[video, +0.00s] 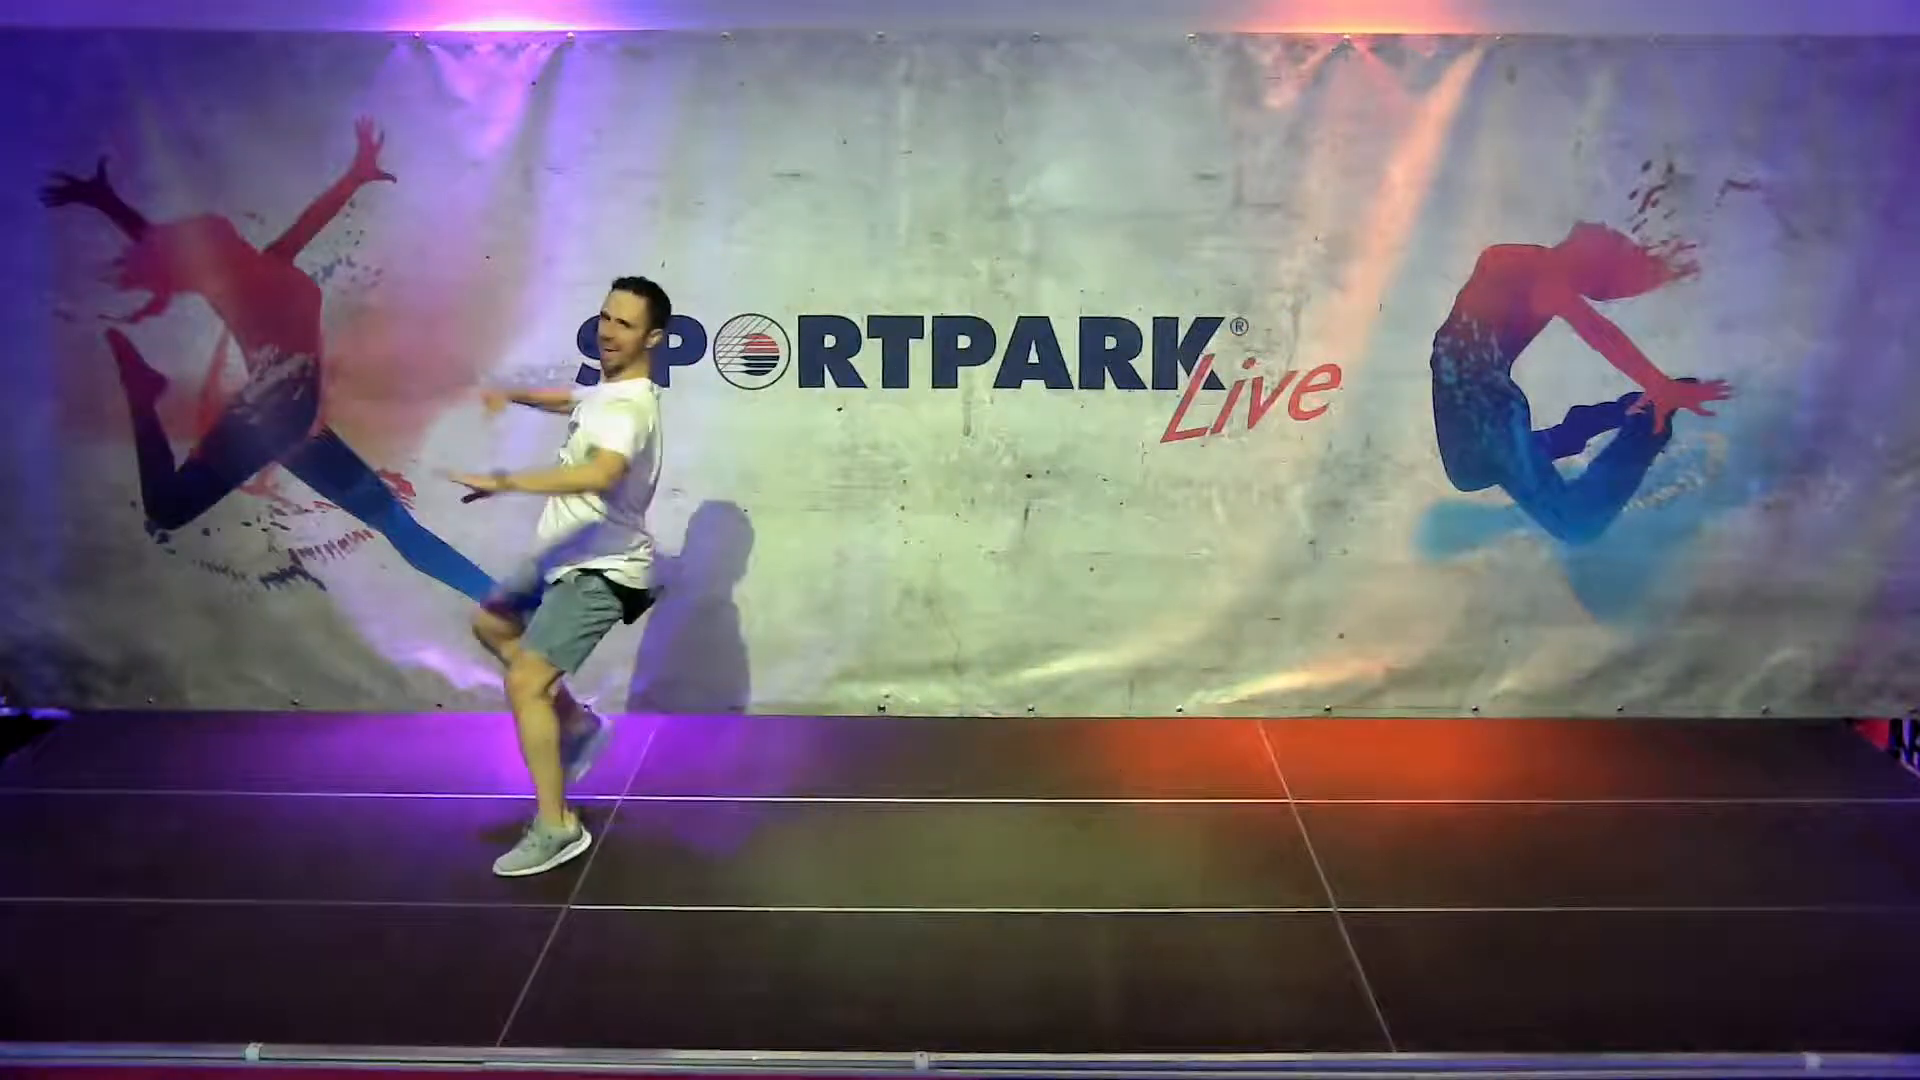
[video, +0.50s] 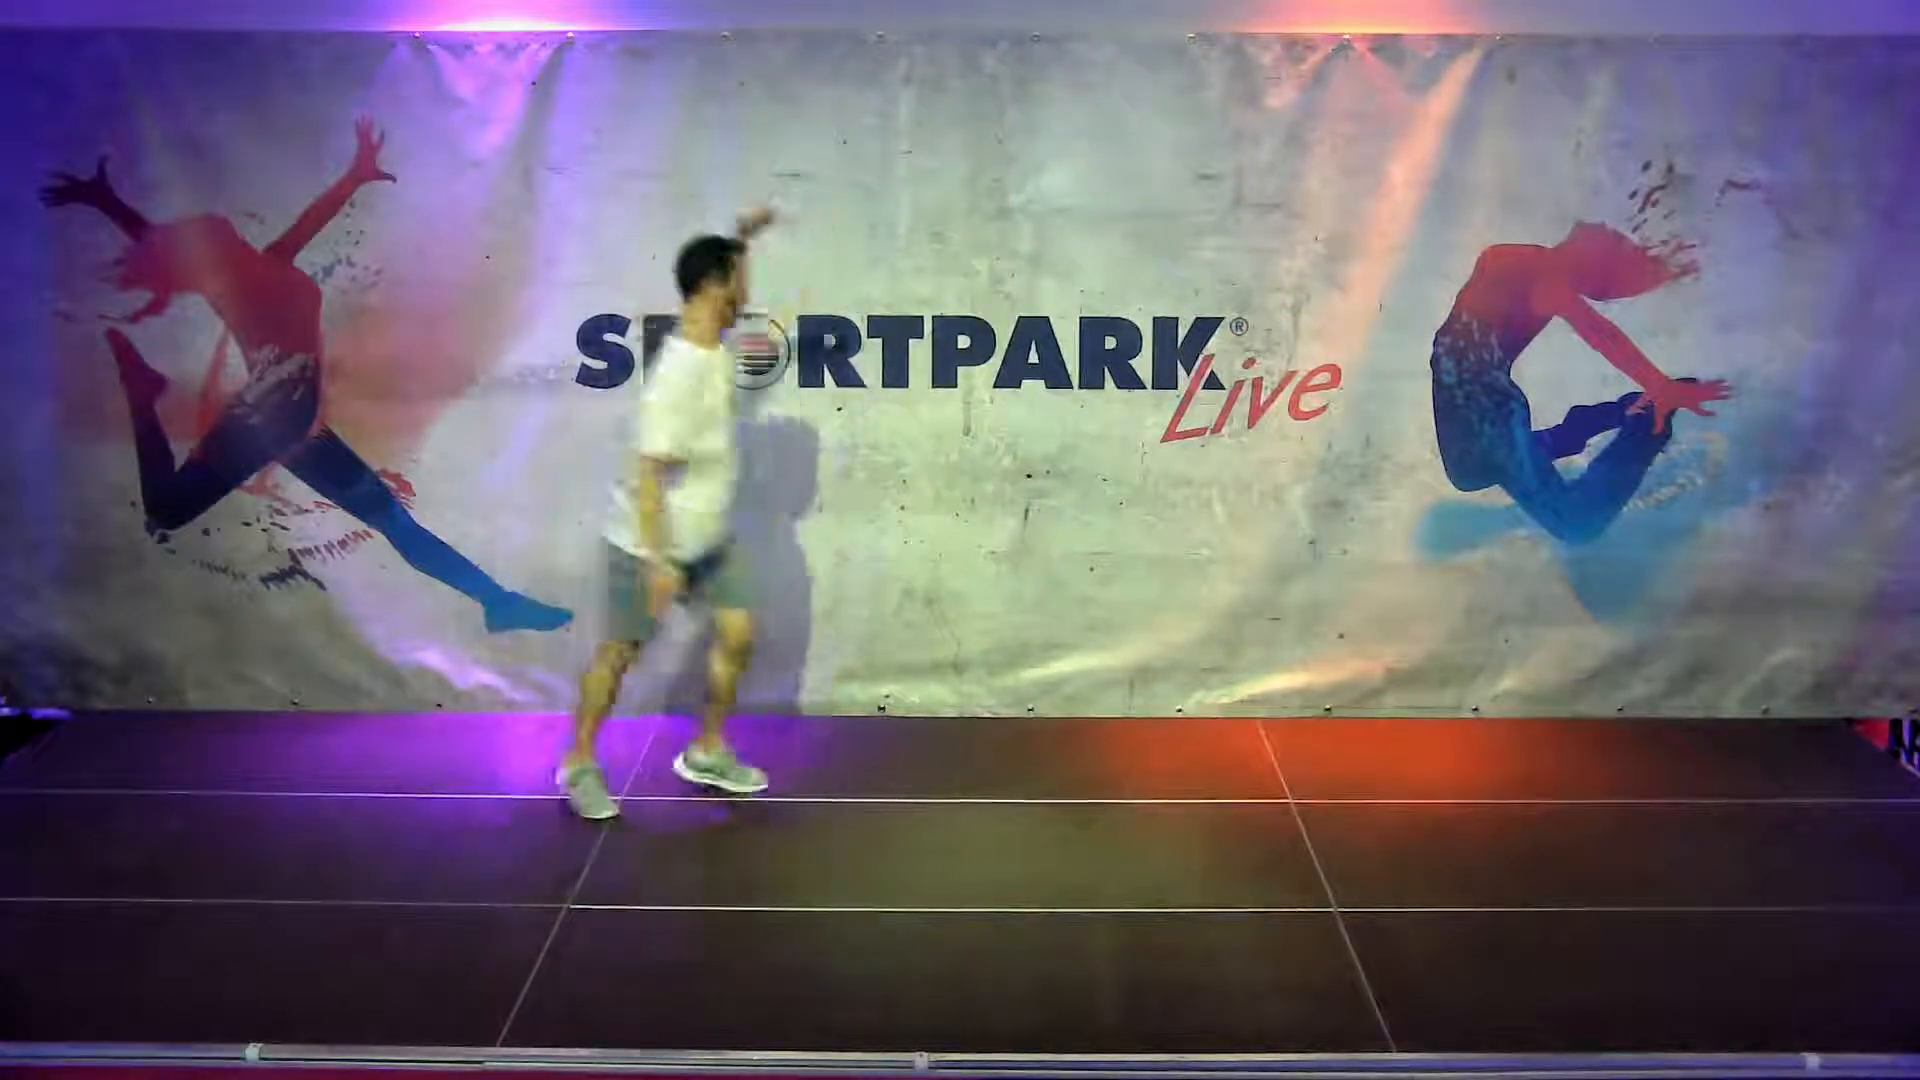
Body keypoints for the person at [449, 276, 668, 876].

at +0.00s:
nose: (607, 332)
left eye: (622, 325)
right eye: (606, 319)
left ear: (652, 338)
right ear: (603, 322)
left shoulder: (630, 404)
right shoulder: (611, 387)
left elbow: (602, 472)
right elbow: (574, 402)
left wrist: (507, 483)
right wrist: (513, 394)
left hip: (605, 568)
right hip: (571, 555)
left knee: (527, 681)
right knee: (492, 623)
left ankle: (556, 824)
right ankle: (575, 723)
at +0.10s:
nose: (618, 320)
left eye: (633, 313)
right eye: (615, 308)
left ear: (659, 326)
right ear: (607, 309)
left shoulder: (645, 386)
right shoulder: (591, 376)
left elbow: (650, 481)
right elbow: (527, 417)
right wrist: (514, 401)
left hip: (609, 553)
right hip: (571, 549)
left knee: (561, 672)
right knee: (531, 656)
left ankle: (558, 825)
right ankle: (620, 771)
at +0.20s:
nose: (656, 294)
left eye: (666, 286)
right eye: (648, 281)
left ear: (674, 295)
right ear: (620, 279)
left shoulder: (679, 358)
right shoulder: (574, 341)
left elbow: (725, 443)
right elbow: (526, 416)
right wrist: (565, 439)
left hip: (640, 531)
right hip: (576, 527)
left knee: (613, 658)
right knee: (565, 648)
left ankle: (586, 801)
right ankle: (626, 770)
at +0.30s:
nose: (694, 278)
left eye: (698, 267)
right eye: (685, 266)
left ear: (691, 270)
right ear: (646, 265)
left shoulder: (701, 340)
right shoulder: (589, 336)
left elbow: (779, 370)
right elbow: (553, 427)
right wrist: (589, 494)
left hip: (666, 515)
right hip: (593, 511)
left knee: (657, 640)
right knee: (592, 643)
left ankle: (650, 775)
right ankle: (606, 764)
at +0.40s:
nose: (726, 283)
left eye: (725, 272)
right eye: (717, 271)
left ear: (708, 277)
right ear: (682, 273)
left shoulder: (713, 347)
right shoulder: (631, 353)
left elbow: (759, 314)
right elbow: (602, 451)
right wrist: (621, 531)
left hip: (694, 525)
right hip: (626, 527)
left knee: (713, 633)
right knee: (604, 643)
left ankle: (694, 753)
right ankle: (578, 762)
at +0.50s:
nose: (744, 289)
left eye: (742, 277)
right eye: (737, 278)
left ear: (702, 287)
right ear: (713, 286)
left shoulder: (712, 349)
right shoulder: (677, 369)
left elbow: (728, 290)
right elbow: (650, 469)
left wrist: (745, 239)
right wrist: (658, 557)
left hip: (704, 528)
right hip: (648, 533)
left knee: (737, 632)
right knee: (619, 649)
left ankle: (709, 748)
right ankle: (580, 761)